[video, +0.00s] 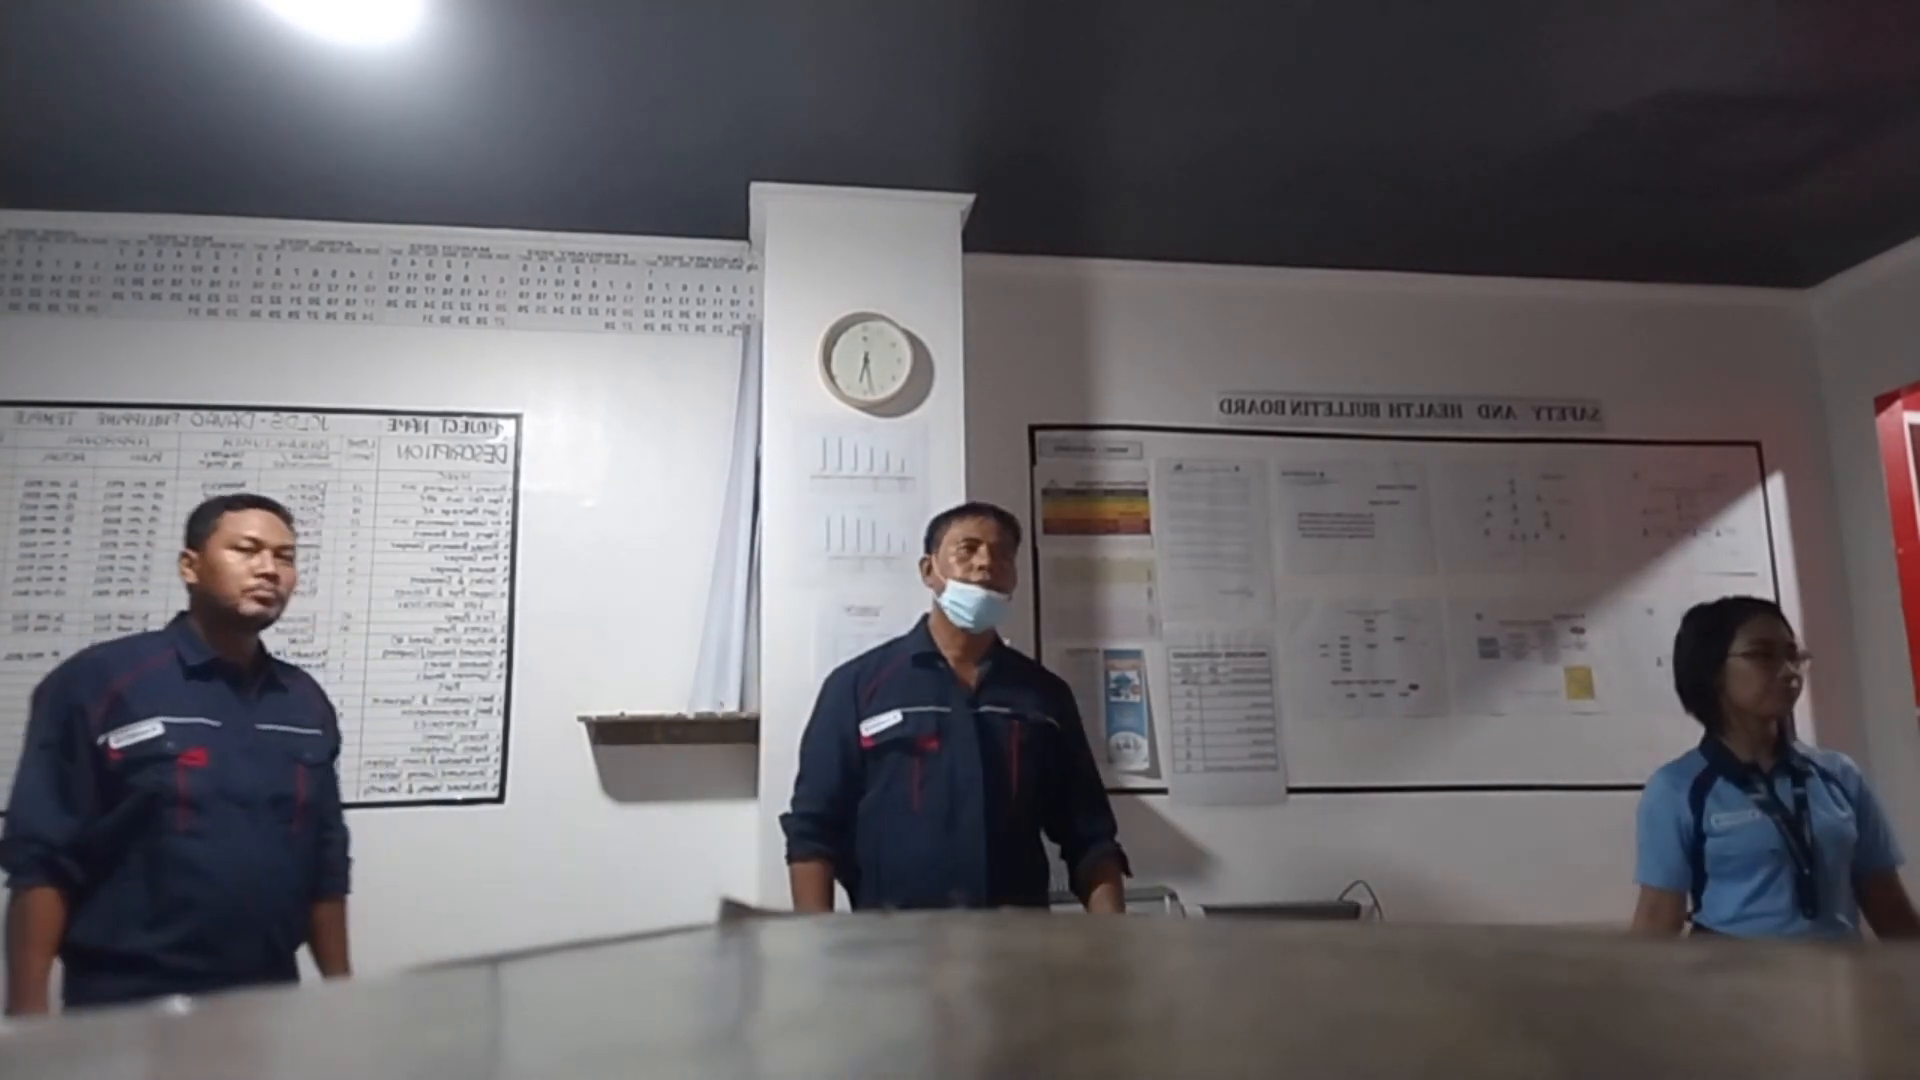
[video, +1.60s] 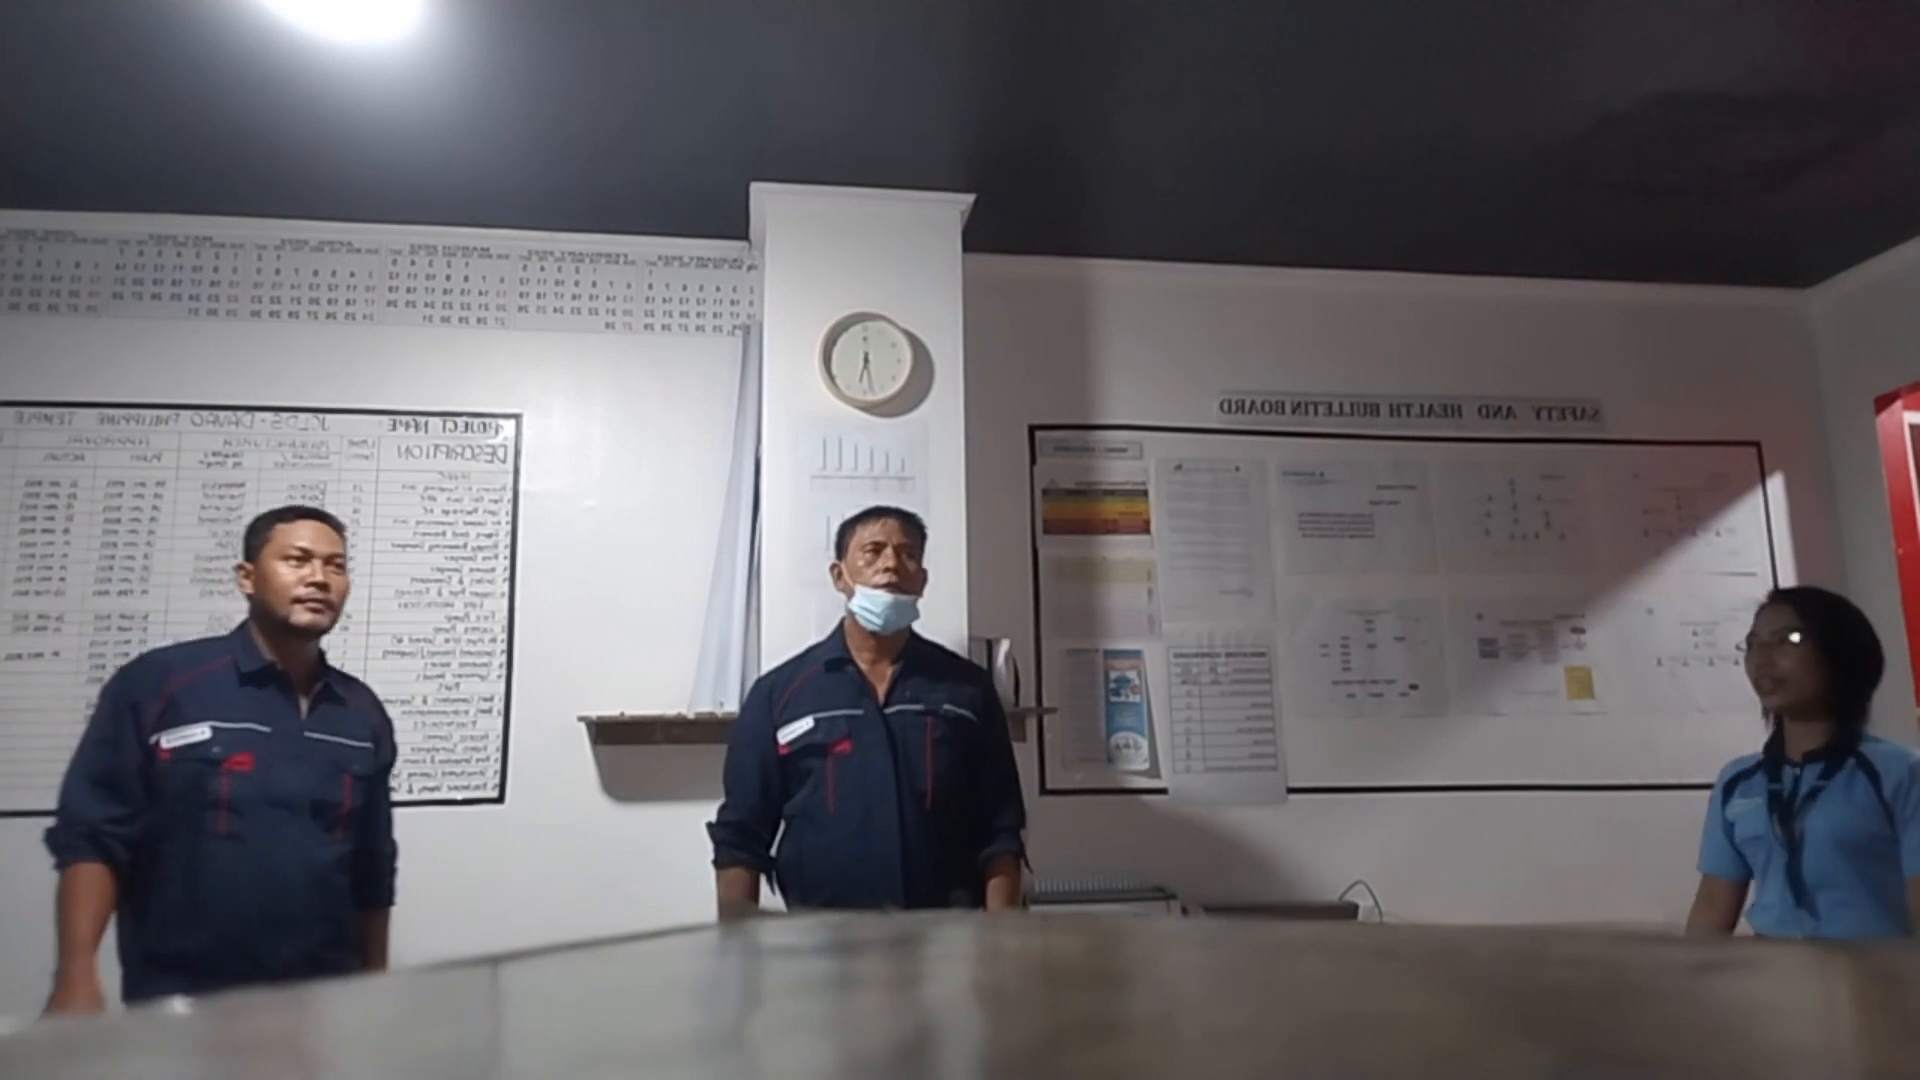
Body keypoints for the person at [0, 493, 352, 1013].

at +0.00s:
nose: (269, 569)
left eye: (283, 557)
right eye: (246, 549)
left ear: (295, 580)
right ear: (191, 567)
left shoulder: (306, 703)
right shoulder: (92, 685)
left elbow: (324, 868)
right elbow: (43, 864)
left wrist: (344, 1000)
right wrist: (28, 1026)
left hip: (264, 1012)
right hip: (123, 1014)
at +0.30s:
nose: (211, 564)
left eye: (224, 550)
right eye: (185, 543)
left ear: (234, 570)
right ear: (122, 560)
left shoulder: (238, 702)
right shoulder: (29, 680)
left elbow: (243, 861)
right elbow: (11, 849)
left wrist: (264, 990)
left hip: (205, 1017)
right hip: (58, 1021)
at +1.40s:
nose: (266, 571)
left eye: (279, 555)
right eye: (240, 554)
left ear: (294, 571)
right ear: (188, 575)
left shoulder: (310, 709)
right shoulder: (99, 691)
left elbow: (317, 871)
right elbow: (36, 869)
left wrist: (338, 1006)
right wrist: (0, 1003)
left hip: (276, 1021)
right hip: (133, 1024)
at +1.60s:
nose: (319, 578)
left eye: (335, 566)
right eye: (297, 560)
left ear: (348, 588)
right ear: (248, 578)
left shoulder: (363, 716)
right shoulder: (154, 687)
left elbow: (372, 879)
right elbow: (92, 838)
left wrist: (374, 997)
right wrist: (76, 981)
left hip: (323, 1012)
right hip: (183, 1012)